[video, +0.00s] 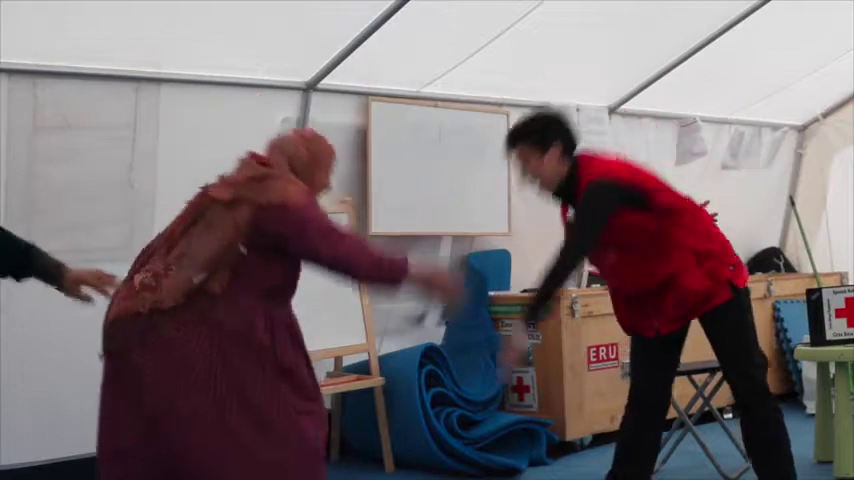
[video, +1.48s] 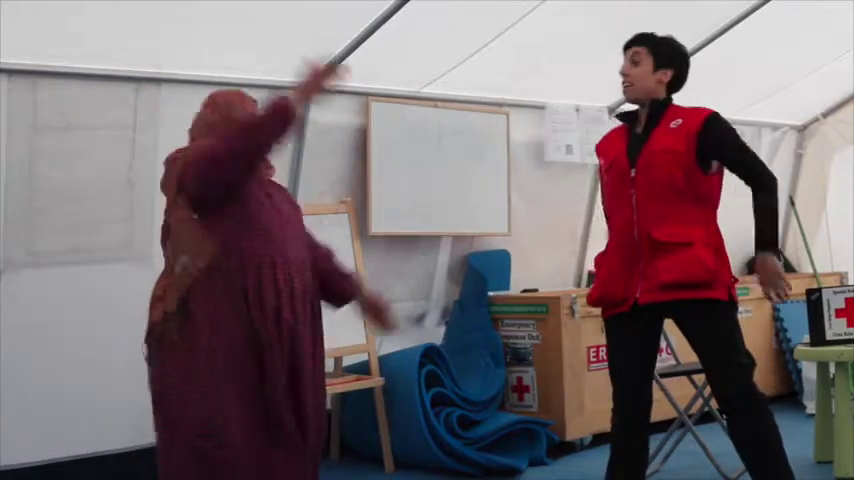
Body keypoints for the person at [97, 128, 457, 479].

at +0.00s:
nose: (329, 191)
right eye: (327, 179)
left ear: (277, 155)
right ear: (311, 178)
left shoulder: (222, 191)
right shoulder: (281, 196)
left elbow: (152, 258)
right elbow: (340, 250)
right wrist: (415, 273)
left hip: (146, 338)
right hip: (227, 342)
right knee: (294, 429)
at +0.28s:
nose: (361, 296)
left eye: (366, 289)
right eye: (364, 288)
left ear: (335, 244)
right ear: (355, 278)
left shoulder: (272, 242)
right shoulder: (315, 289)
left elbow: (193, 241)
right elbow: (320, 382)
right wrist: (349, 448)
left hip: (119, 307)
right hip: (166, 334)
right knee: (226, 451)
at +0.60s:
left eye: (365, 318)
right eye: (363, 358)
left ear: (351, 304)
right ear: (361, 356)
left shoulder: (300, 286)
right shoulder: (318, 364)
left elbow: (226, 257)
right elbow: (295, 454)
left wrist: (206, 267)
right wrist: (295, 477)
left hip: (135, 298)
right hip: (165, 340)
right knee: (196, 458)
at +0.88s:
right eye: (363, 324)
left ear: (339, 274)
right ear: (356, 324)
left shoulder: (292, 265)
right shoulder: (310, 345)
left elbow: (208, 250)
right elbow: (290, 438)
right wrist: (299, 474)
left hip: (126, 299)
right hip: (156, 331)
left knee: (117, 430)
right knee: (186, 449)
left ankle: (103, 466)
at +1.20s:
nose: (324, 165)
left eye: (322, 156)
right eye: (318, 156)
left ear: (279, 155)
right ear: (296, 159)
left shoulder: (236, 193)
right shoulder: (273, 210)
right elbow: (298, 286)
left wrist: (339, 304)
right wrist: (358, 319)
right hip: (202, 338)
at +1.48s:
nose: (253, 125)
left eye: (255, 118)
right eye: (241, 116)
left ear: (263, 128)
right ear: (207, 125)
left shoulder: (275, 194)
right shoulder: (187, 170)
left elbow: (308, 255)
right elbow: (231, 150)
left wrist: (358, 294)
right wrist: (297, 99)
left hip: (279, 356)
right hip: (211, 359)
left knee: (285, 457)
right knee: (220, 461)